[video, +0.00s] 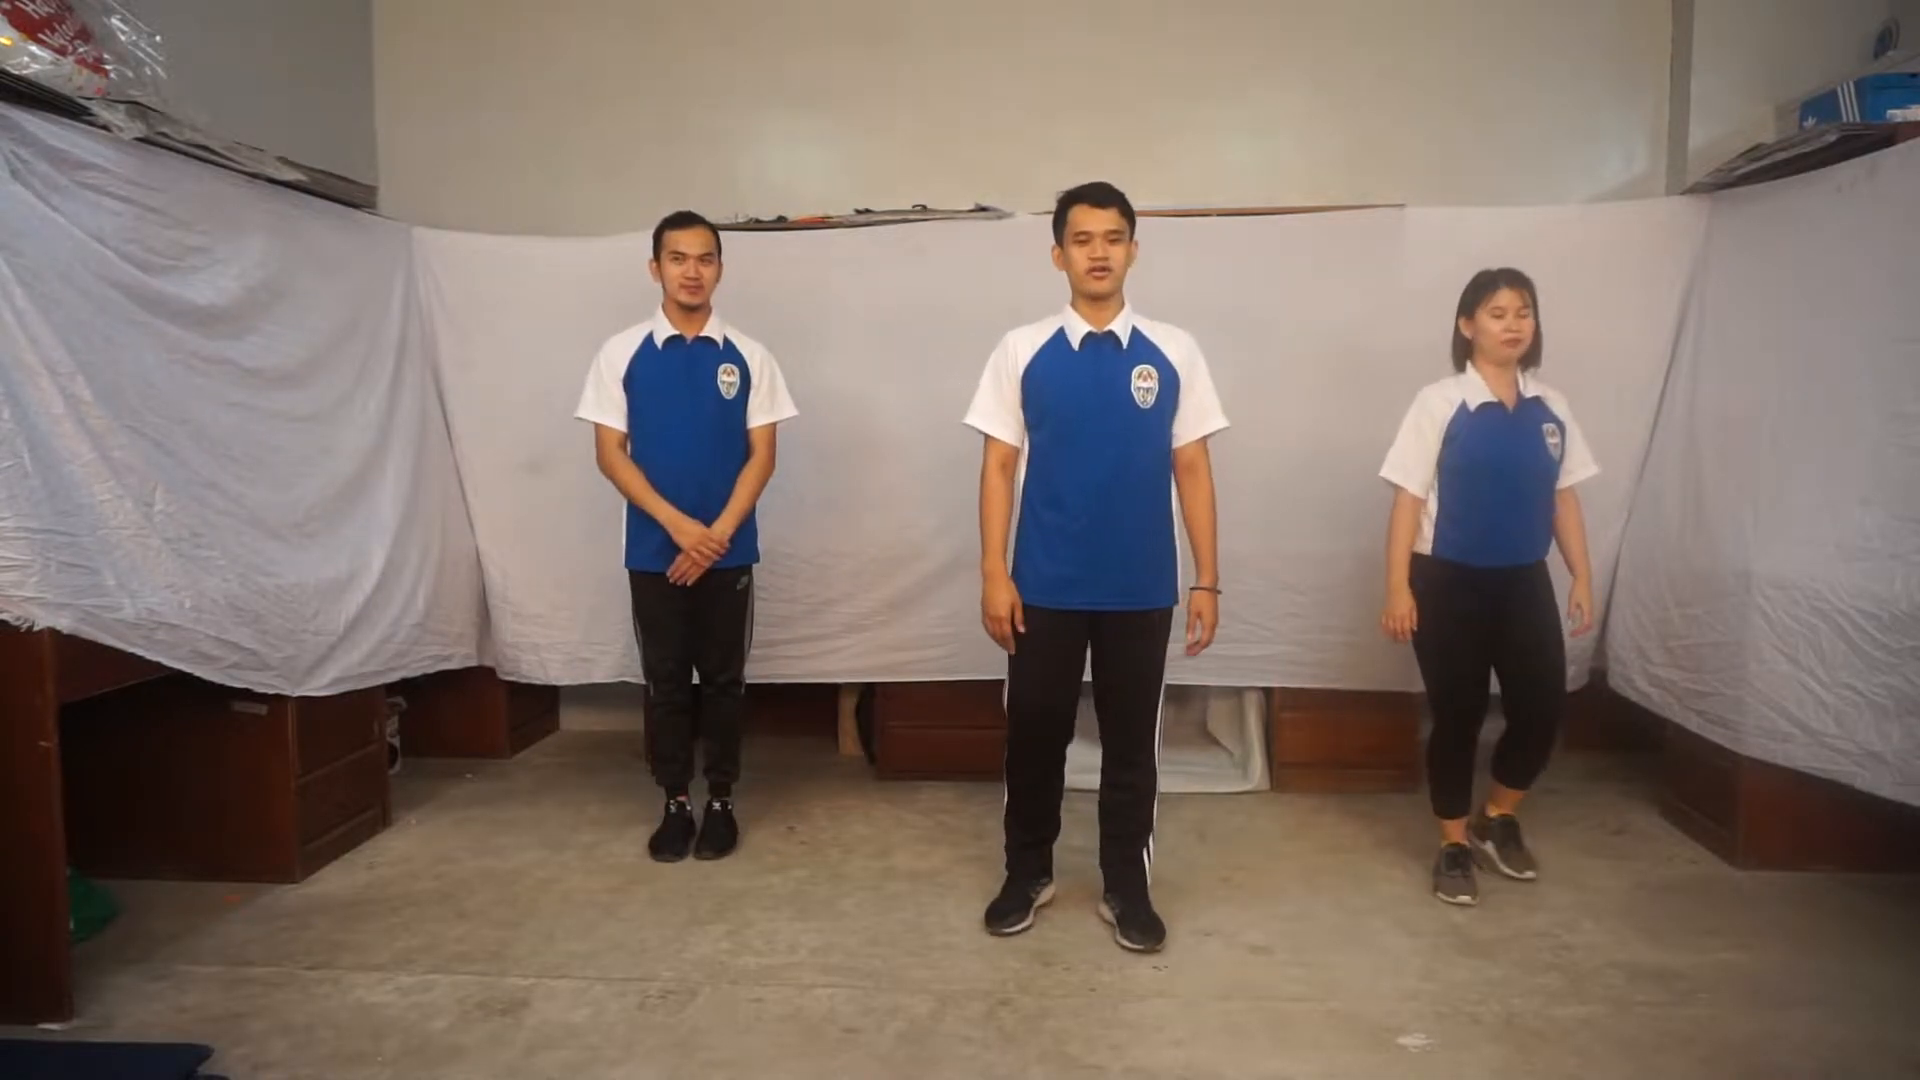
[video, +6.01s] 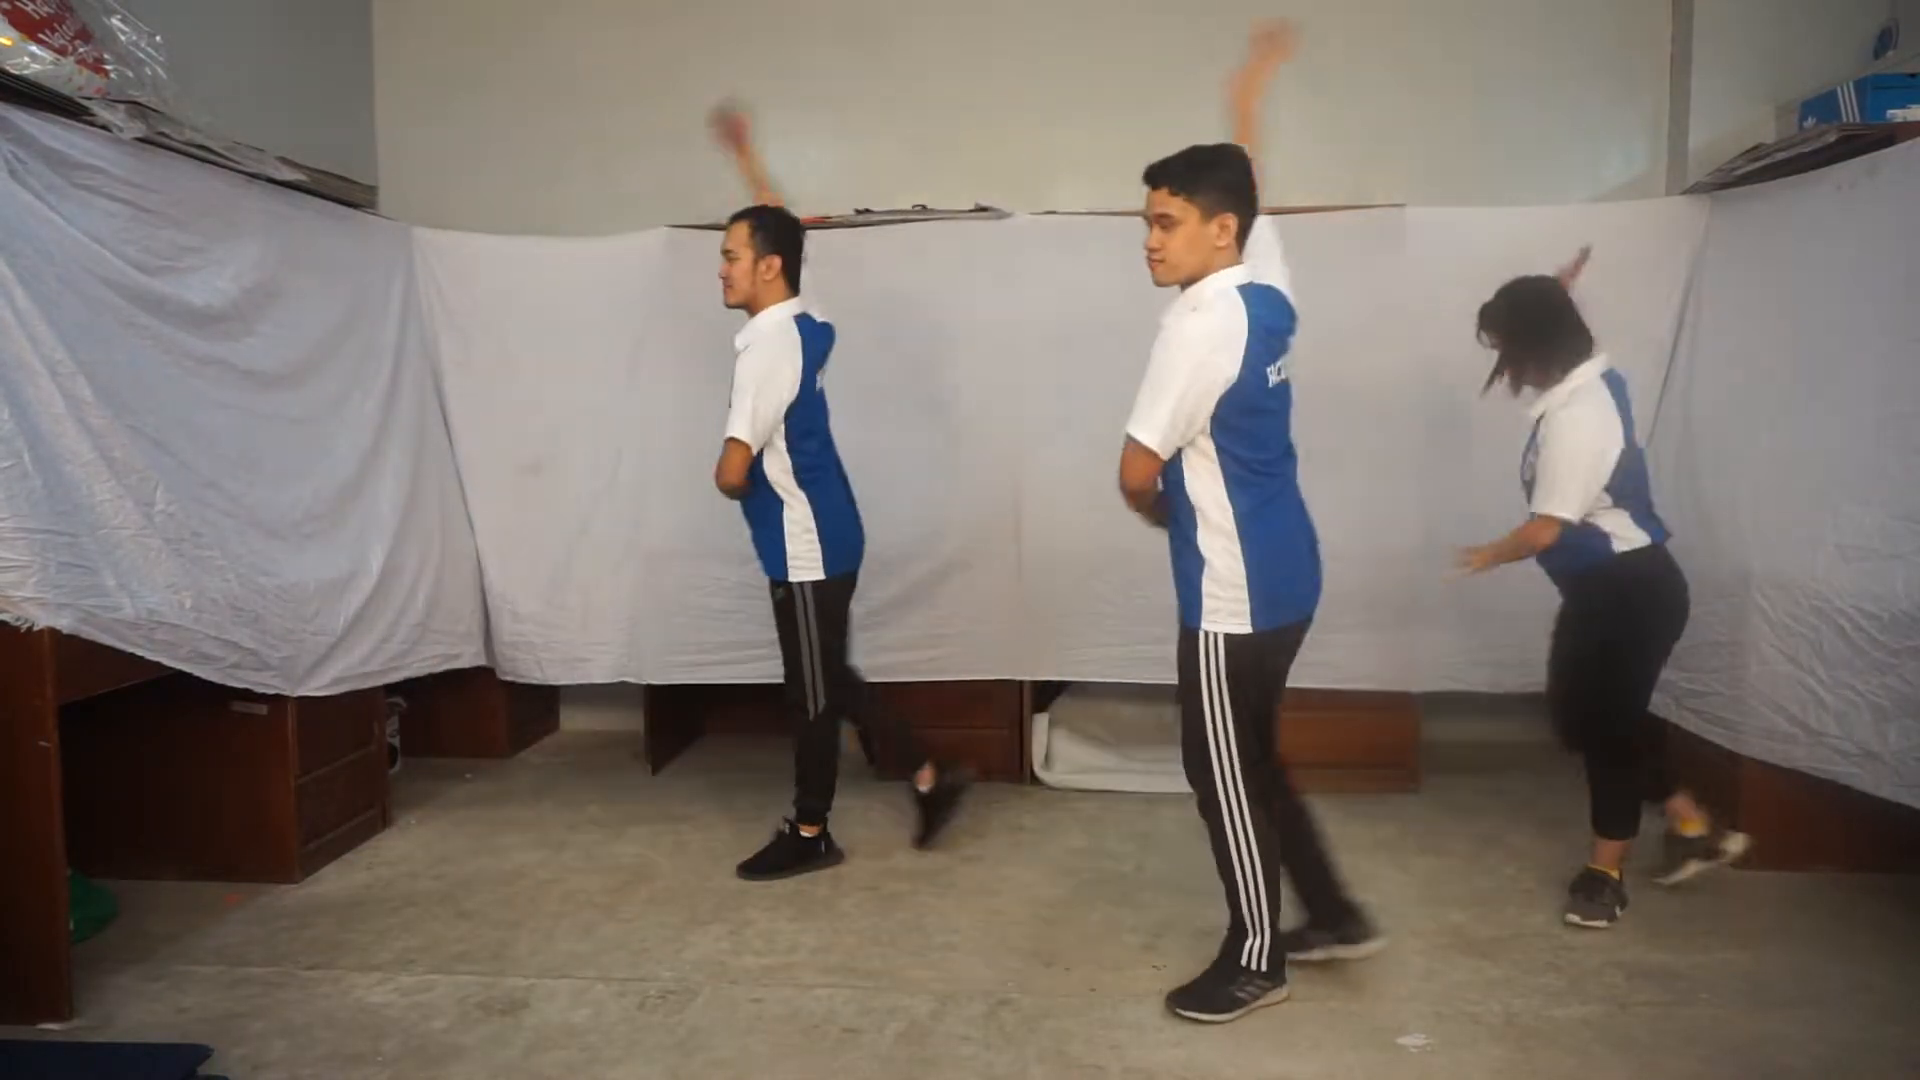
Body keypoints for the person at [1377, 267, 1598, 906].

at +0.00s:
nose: (1513, 323)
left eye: (1522, 313)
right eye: (1497, 313)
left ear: (1535, 325)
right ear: (1468, 325)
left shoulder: (1549, 405)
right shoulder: (1438, 401)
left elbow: (1564, 500)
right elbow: (1406, 500)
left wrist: (1581, 576)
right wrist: (1397, 587)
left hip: (1525, 586)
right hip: (1449, 584)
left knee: (1541, 709)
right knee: (1457, 713)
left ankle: (1497, 817)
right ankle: (1453, 843)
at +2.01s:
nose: (1534, 321)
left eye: (1547, 310)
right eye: (1519, 312)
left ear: (1568, 323)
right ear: (1498, 329)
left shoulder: (1606, 399)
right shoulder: (1474, 409)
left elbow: (1650, 481)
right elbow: (1435, 504)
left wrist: (1688, 526)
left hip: (1580, 590)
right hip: (1491, 587)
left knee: (1569, 725)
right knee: (1480, 718)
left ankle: (1579, 862)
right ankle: (1460, 851)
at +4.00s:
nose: (1343, 330)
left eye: (1343, 319)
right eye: (1337, 320)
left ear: (1281, 321)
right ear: (1311, 325)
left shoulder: (1287, 381)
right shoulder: (1281, 399)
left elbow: (1323, 358)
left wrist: (1363, 314)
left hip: (1273, 580)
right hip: (1235, 585)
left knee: (1313, 701)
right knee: (1254, 722)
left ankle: (1265, 834)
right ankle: (1227, 866)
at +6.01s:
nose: (1501, 362)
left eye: (1505, 349)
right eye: (1499, 349)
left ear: (1531, 349)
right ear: (1563, 334)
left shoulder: (1575, 418)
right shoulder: (1593, 381)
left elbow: (1544, 531)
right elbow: (1553, 343)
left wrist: (1492, 554)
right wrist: (1555, 293)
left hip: (1626, 591)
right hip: (1614, 584)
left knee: (1609, 726)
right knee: (1585, 717)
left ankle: (1605, 875)